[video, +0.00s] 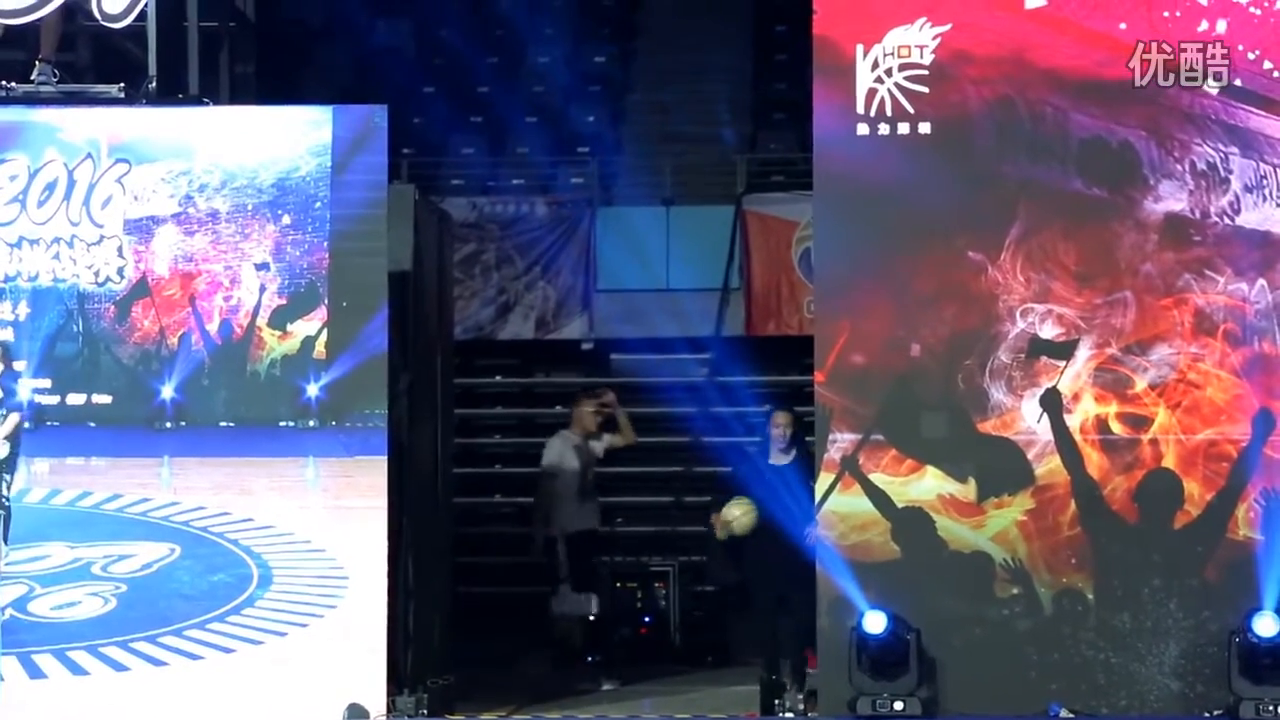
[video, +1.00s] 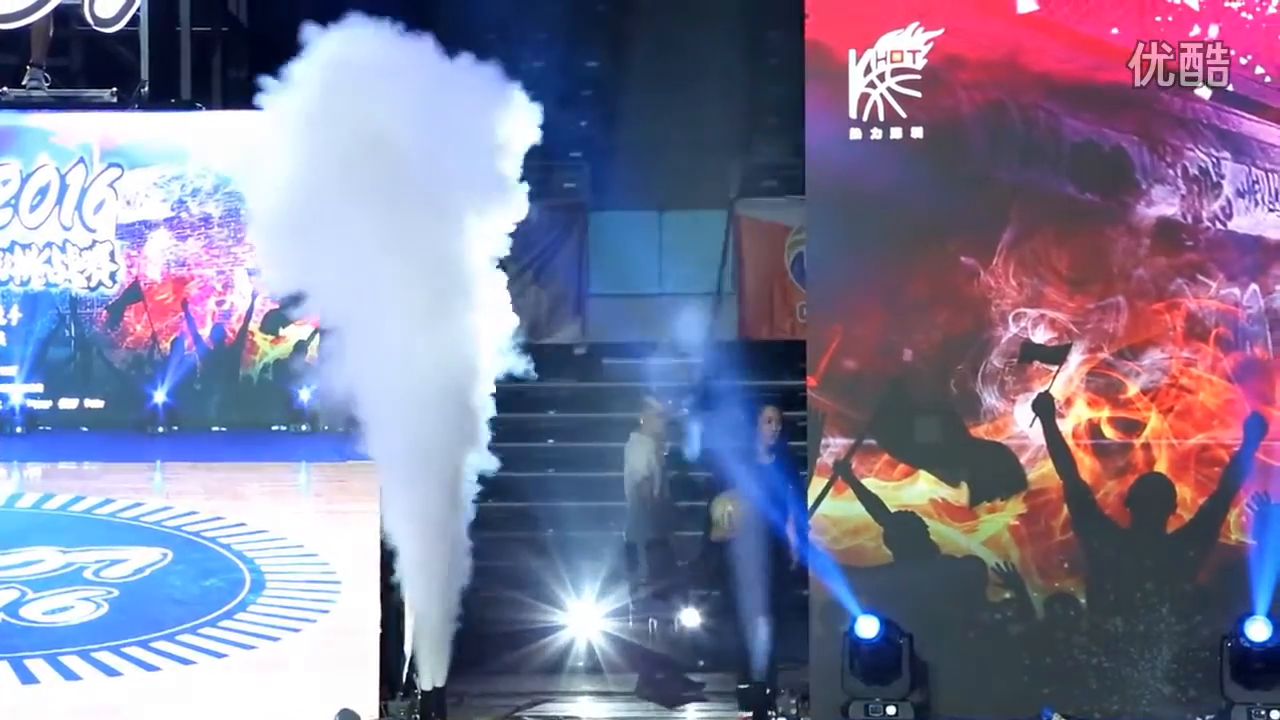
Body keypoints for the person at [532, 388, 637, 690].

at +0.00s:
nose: (597, 418)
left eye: (599, 413)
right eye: (591, 412)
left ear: (598, 416)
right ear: (576, 413)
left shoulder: (592, 444)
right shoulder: (558, 444)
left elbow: (627, 438)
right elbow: (546, 494)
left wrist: (617, 409)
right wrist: (547, 530)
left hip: (588, 530)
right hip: (562, 531)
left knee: (591, 596)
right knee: (568, 596)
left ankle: (590, 665)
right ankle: (567, 666)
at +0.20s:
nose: (615, 419)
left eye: (617, 414)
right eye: (610, 413)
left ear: (614, 418)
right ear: (595, 414)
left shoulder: (605, 444)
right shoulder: (578, 445)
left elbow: (640, 437)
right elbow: (564, 495)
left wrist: (632, 409)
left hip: (599, 533)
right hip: (582, 535)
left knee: (590, 600)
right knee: (610, 598)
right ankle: (605, 668)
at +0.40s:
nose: (632, 422)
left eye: (633, 417)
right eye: (629, 416)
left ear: (626, 420)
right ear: (612, 416)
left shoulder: (619, 446)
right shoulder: (598, 448)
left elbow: (650, 438)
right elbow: (588, 496)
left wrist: (643, 412)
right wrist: (590, 542)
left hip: (618, 537)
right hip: (605, 540)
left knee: (602, 606)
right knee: (626, 605)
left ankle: (600, 672)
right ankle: (644, 669)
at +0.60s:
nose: (649, 422)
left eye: (649, 417)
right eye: (646, 417)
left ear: (633, 418)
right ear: (633, 418)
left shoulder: (619, 443)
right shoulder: (622, 449)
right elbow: (616, 499)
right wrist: (630, 541)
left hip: (628, 538)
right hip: (623, 540)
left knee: (633, 605)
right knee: (620, 605)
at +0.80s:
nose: (660, 422)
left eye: (660, 417)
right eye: (656, 417)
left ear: (643, 419)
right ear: (643, 418)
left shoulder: (629, 441)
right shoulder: (636, 449)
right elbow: (639, 498)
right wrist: (660, 538)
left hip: (634, 534)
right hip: (639, 537)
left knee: (647, 603)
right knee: (646, 605)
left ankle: (648, 673)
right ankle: (646, 677)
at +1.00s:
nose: (662, 423)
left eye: (664, 418)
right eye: (658, 417)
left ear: (663, 419)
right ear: (644, 418)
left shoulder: (651, 444)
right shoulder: (640, 445)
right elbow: (643, 484)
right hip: (646, 529)